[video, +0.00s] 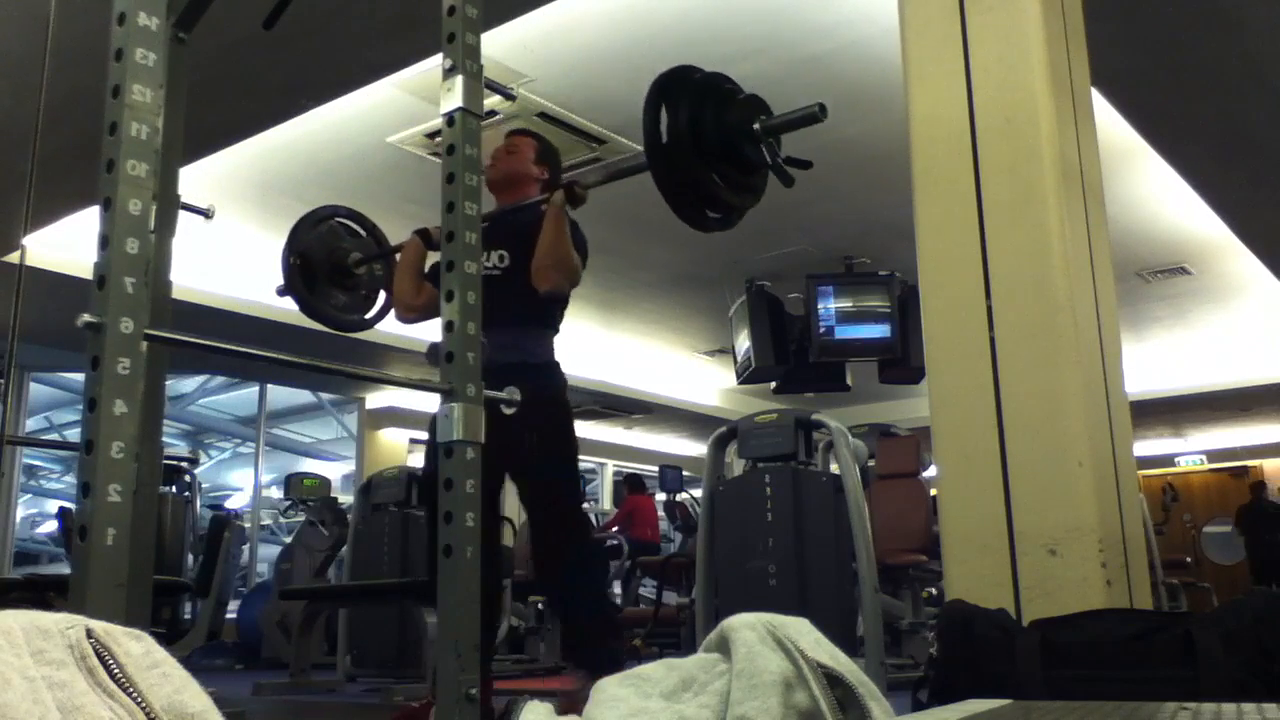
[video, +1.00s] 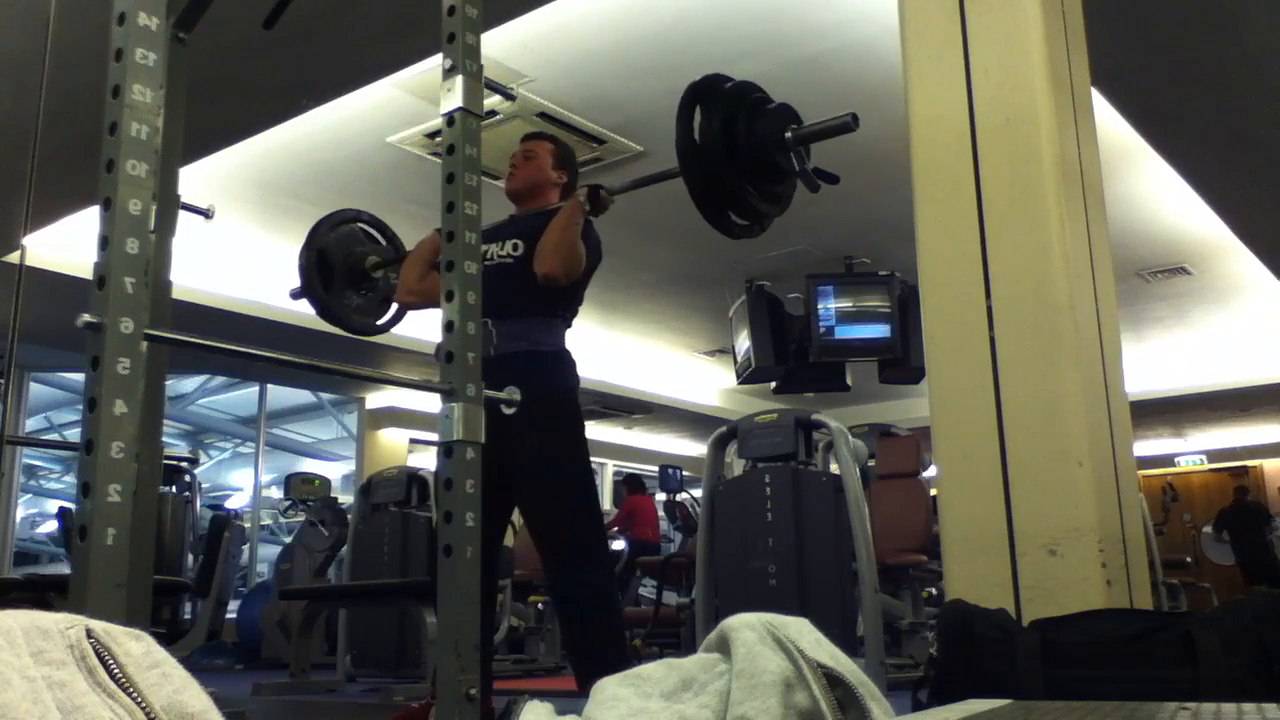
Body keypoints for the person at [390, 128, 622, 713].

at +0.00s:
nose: (497, 152)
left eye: (513, 148)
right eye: (496, 147)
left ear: (542, 173)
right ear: (488, 172)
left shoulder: (556, 223)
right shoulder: (469, 234)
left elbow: (552, 278)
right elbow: (409, 304)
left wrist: (556, 202)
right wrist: (415, 241)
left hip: (531, 388)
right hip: (464, 393)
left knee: (559, 531)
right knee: (461, 537)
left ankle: (597, 668)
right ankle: (458, 678)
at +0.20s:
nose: (507, 164)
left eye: (523, 158)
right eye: (507, 159)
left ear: (553, 179)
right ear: (502, 181)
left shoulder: (568, 231)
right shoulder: (477, 239)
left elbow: (555, 284)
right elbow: (416, 307)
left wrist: (565, 205)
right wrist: (427, 243)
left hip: (537, 392)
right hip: (471, 397)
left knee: (570, 548)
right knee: (436, 542)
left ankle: (611, 693)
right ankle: (455, 688)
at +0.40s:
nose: (513, 163)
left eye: (528, 157)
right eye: (512, 159)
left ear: (558, 179)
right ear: (507, 182)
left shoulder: (571, 230)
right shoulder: (480, 240)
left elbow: (557, 283)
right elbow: (416, 303)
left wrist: (571, 205)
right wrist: (433, 239)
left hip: (544, 389)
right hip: (477, 395)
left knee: (573, 549)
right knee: (458, 547)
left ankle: (609, 694)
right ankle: (455, 691)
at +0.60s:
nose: (512, 160)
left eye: (527, 153)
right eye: (510, 156)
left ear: (559, 176)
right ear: (506, 179)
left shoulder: (571, 227)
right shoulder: (483, 239)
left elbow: (548, 268)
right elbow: (407, 290)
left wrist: (573, 199)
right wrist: (437, 232)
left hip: (544, 388)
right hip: (477, 396)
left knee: (577, 548)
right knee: (468, 547)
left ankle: (607, 692)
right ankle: (457, 690)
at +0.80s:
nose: (511, 164)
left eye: (525, 156)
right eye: (509, 158)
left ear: (559, 176)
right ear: (507, 180)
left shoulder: (572, 228)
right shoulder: (483, 241)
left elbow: (550, 269)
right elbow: (408, 293)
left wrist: (573, 202)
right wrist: (437, 237)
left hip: (541, 388)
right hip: (475, 394)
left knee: (572, 545)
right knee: (466, 545)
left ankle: (609, 693)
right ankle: (458, 690)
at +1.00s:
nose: (513, 164)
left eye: (527, 156)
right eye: (510, 159)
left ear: (561, 177)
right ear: (507, 181)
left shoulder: (573, 228)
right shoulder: (484, 242)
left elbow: (551, 267)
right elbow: (408, 289)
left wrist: (577, 201)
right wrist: (445, 230)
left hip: (539, 389)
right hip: (473, 395)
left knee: (572, 549)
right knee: (465, 548)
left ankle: (610, 695)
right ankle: (458, 692)